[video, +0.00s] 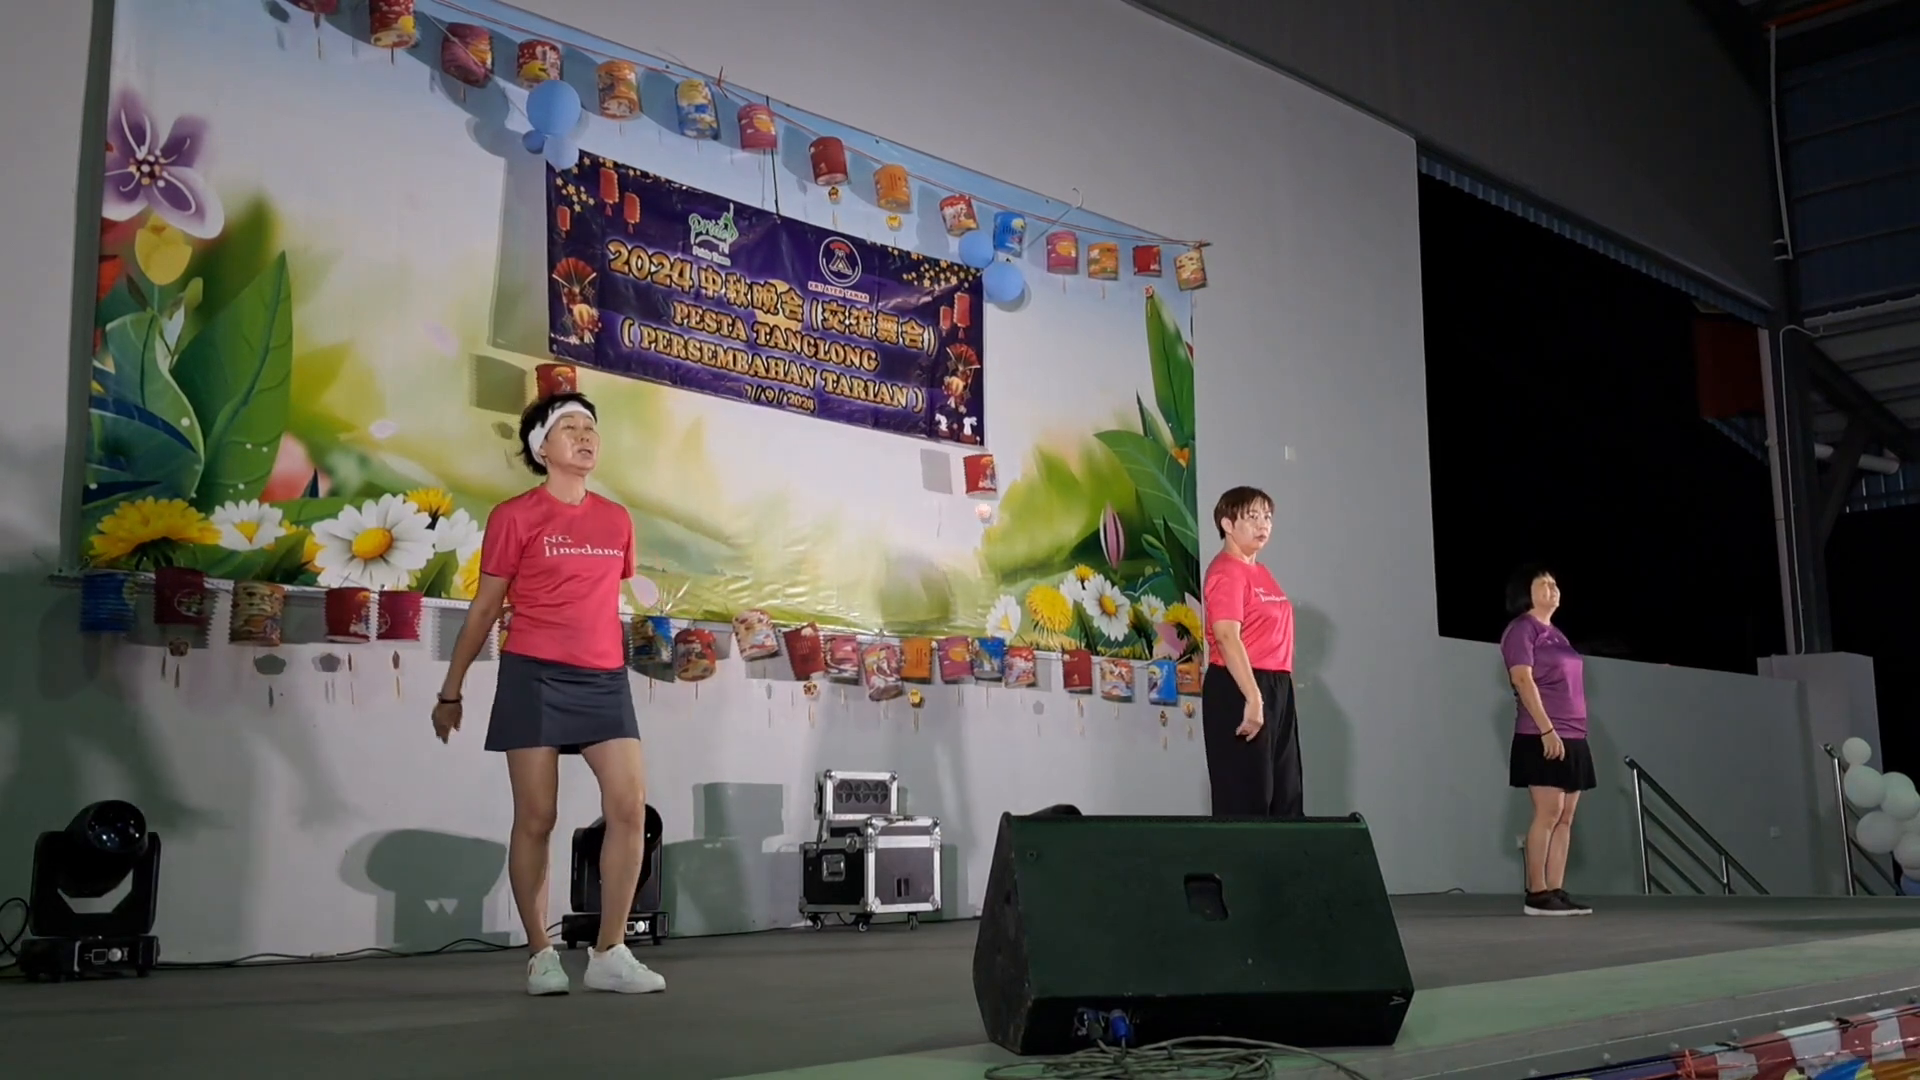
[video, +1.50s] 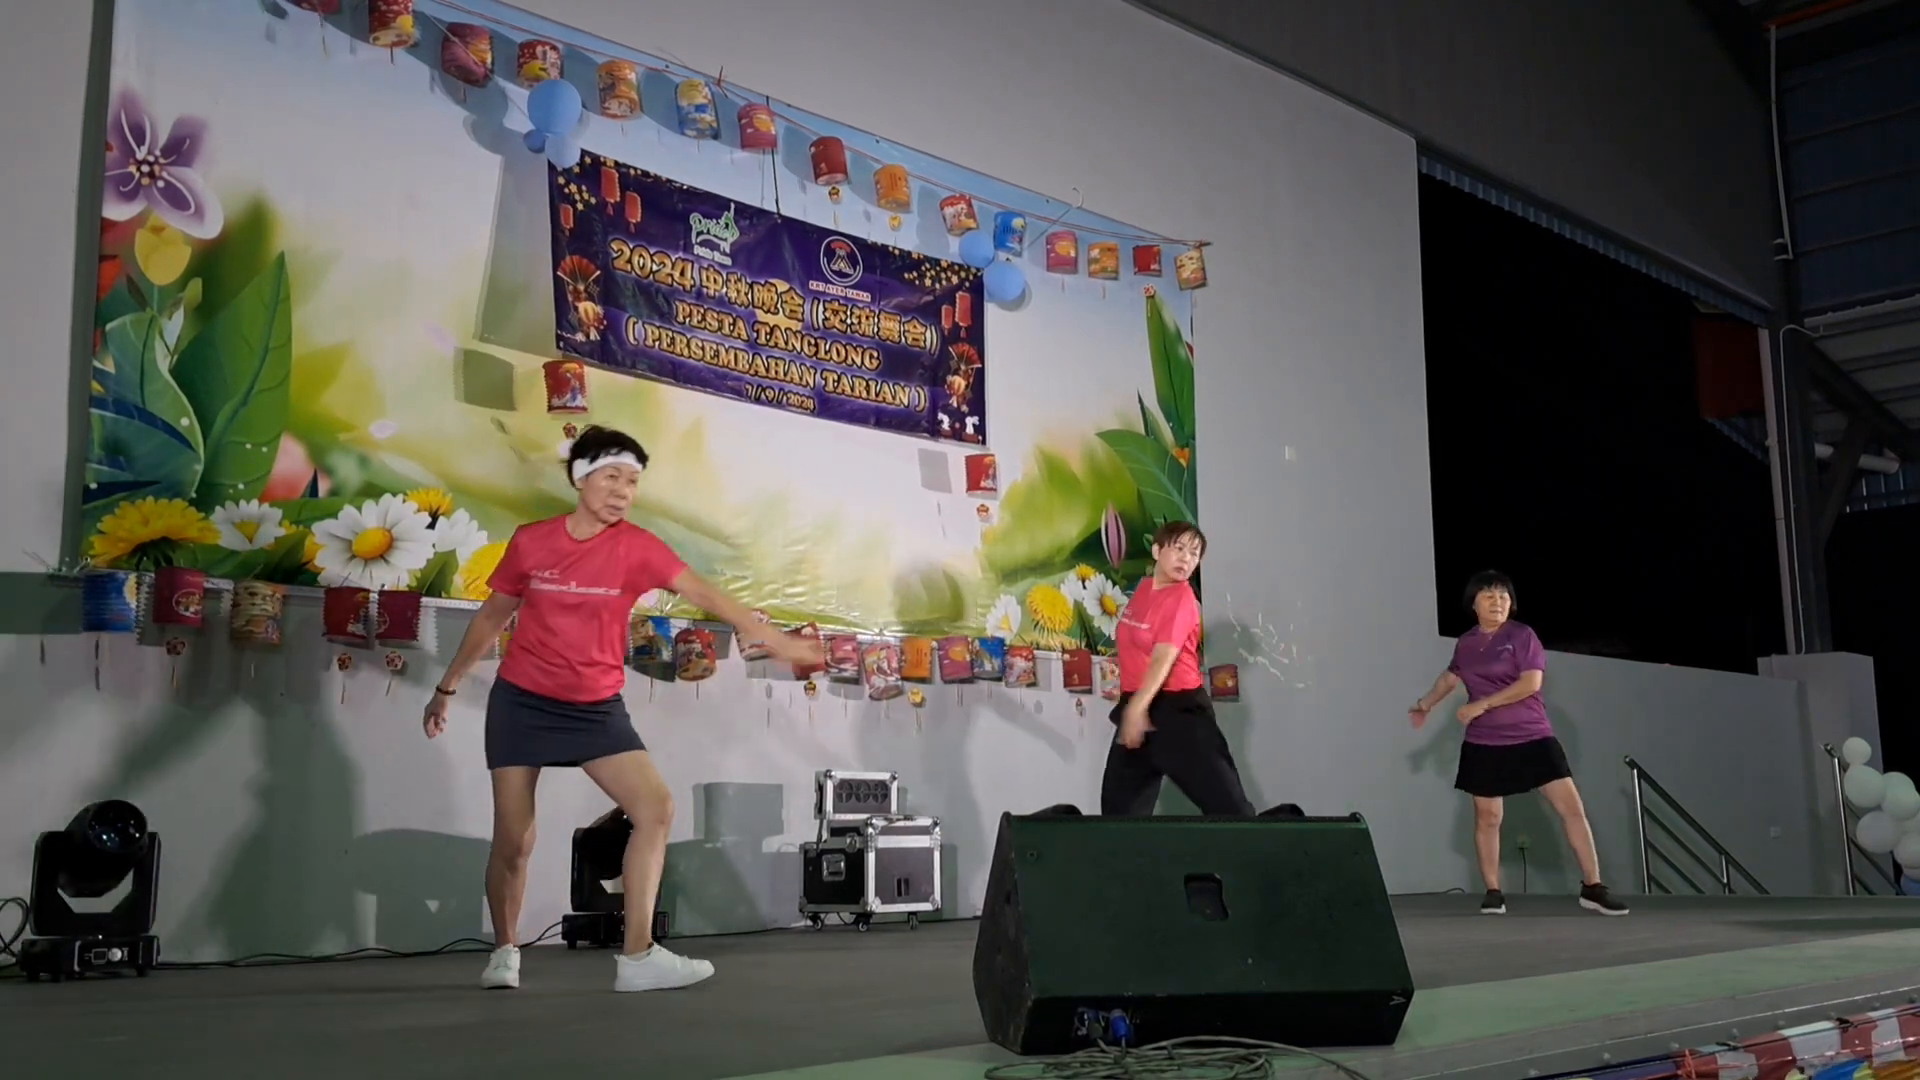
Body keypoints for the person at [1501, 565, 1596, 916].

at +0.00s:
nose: (1551, 590)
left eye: (1554, 585)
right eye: (1542, 585)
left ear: (1558, 594)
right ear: (1526, 593)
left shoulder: (1556, 634)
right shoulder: (1521, 629)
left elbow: (1563, 685)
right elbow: (1523, 682)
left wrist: (1575, 730)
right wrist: (1547, 730)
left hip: (1572, 736)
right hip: (1541, 736)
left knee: (1565, 816)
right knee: (1547, 812)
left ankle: (1555, 890)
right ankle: (1537, 892)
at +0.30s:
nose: (1548, 589)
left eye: (1551, 585)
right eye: (1539, 584)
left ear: (1556, 595)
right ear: (1523, 593)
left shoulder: (1556, 635)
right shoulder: (1517, 629)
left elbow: (1565, 690)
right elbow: (1518, 682)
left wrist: (1577, 733)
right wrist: (1545, 729)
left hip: (1569, 737)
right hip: (1536, 736)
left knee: (1568, 814)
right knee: (1549, 811)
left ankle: (1555, 890)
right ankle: (1537, 893)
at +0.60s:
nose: (1527, 588)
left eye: (1533, 583)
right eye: (1519, 584)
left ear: (1544, 593)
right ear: (1508, 595)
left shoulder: (1565, 634)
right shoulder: (1495, 633)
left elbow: (1592, 675)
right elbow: (1474, 677)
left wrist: (1616, 713)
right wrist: (1469, 712)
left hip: (1558, 738)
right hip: (1511, 737)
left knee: (1565, 813)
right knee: (1513, 813)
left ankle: (1553, 892)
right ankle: (1498, 882)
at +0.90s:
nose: (1492, 599)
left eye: (1498, 593)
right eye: (1484, 594)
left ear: (1509, 599)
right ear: (1475, 603)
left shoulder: (1528, 634)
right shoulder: (1466, 645)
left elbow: (1539, 681)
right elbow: (1436, 681)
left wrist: (1491, 703)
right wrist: (1394, 708)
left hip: (1536, 741)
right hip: (1486, 744)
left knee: (1576, 807)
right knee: (1488, 816)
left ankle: (1597, 887)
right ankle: (1493, 892)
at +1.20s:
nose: (1485, 605)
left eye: (1491, 599)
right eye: (1476, 599)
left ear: (1501, 604)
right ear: (1466, 607)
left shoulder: (1514, 635)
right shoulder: (1466, 645)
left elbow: (1515, 683)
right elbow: (1461, 686)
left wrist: (1466, 703)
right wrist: (1452, 708)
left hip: (1526, 740)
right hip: (1480, 744)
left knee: (1560, 810)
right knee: (1486, 817)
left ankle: (1598, 886)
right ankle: (1493, 892)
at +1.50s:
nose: (1497, 604)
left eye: (1503, 598)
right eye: (1489, 598)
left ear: (1510, 604)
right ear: (1474, 604)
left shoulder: (1523, 636)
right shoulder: (1466, 644)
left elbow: (1531, 683)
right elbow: (1450, 678)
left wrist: (1483, 704)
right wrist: (1427, 703)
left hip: (1534, 739)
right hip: (1484, 744)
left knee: (1572, 807)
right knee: (1488, 817)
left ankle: (1593, 886)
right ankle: (1492, 893)